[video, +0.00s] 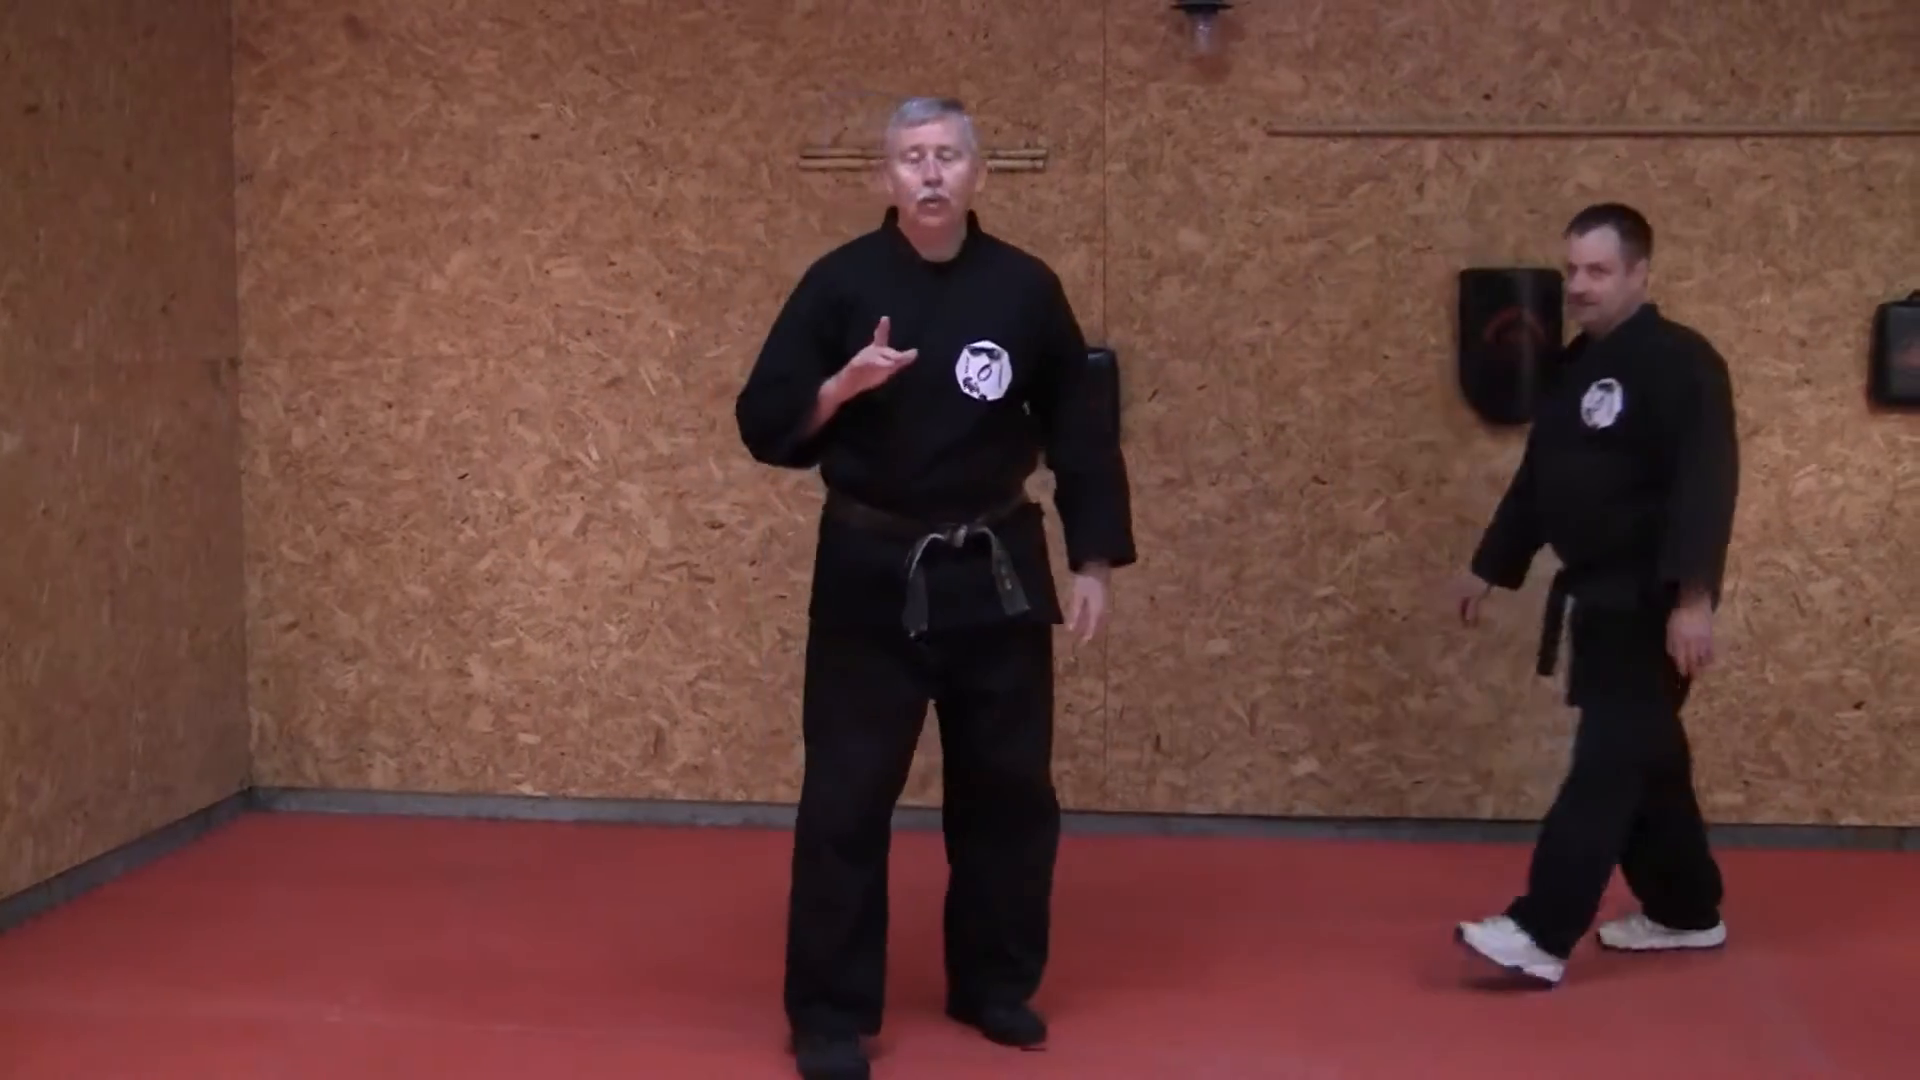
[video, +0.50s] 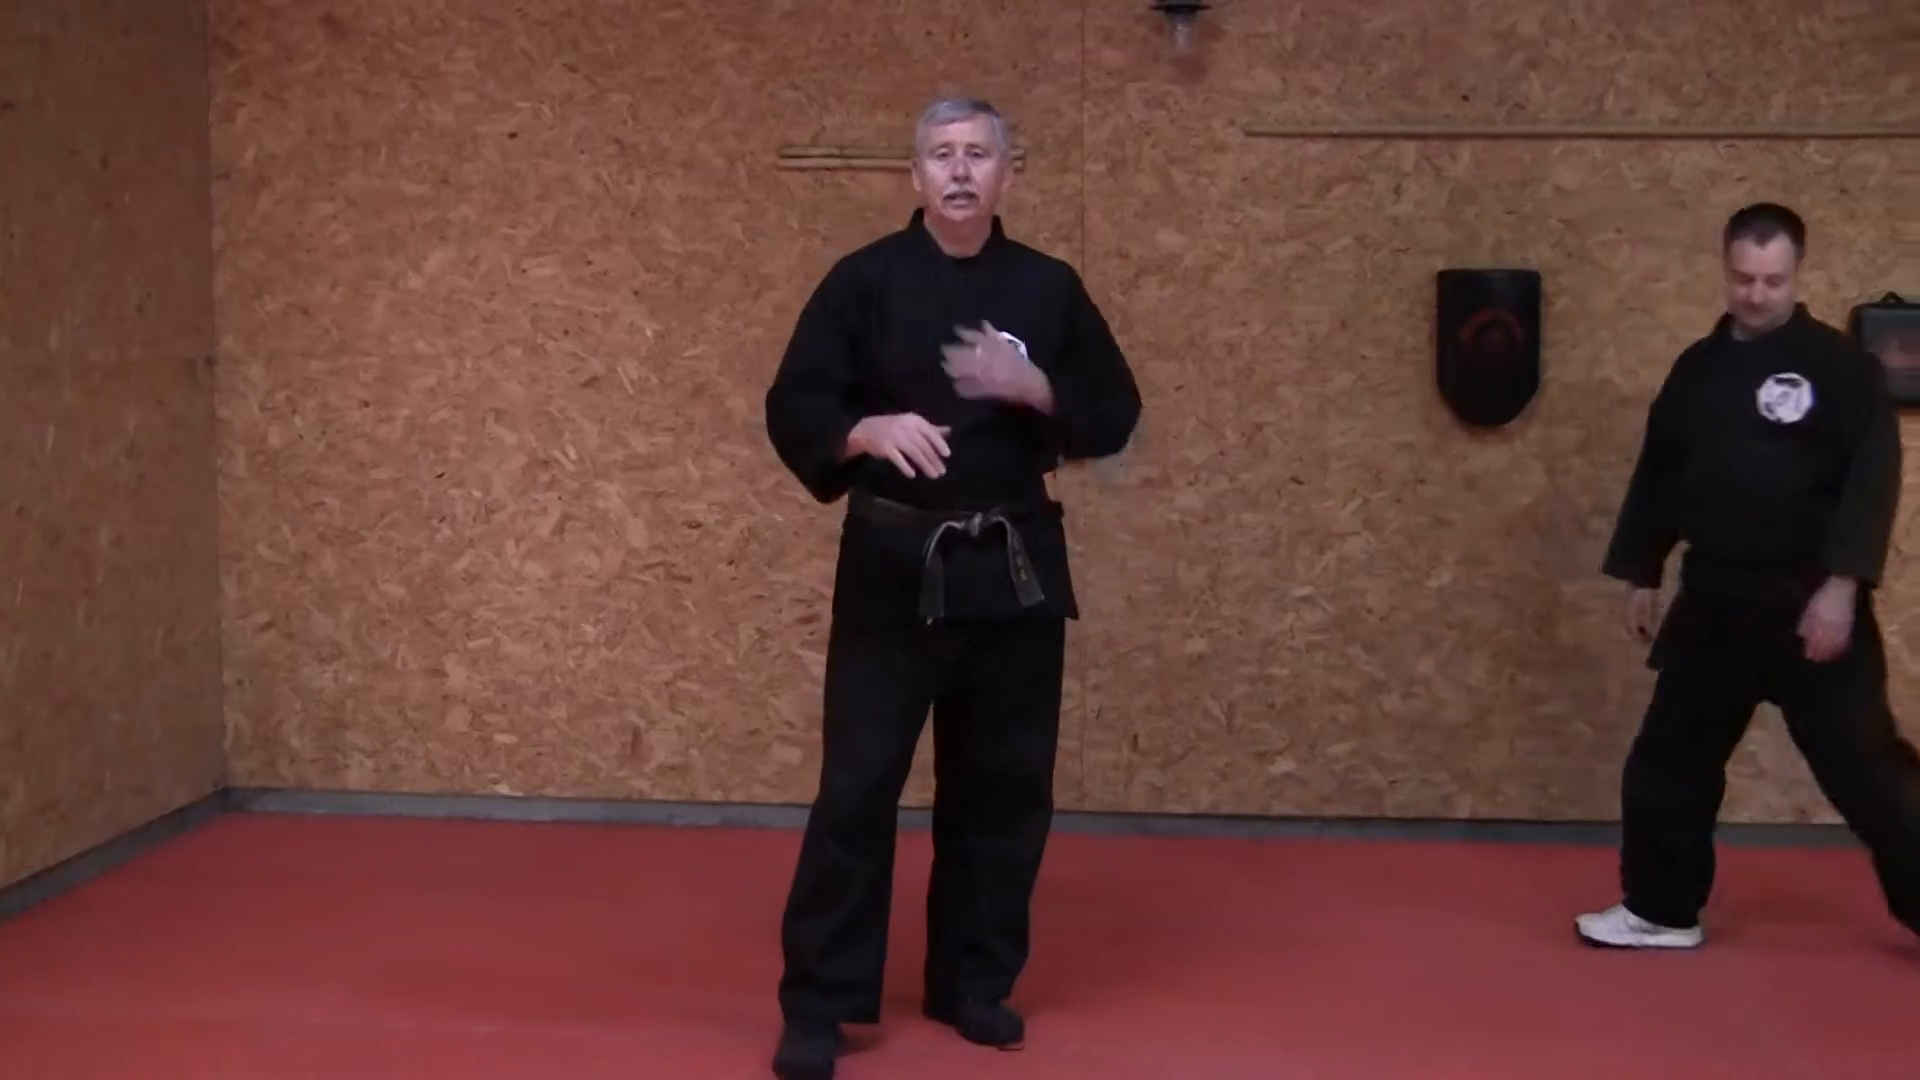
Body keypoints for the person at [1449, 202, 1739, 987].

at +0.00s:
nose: (1579, 285)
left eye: (1596, 271)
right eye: (1571, 271)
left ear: (1640, 275)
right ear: (1567, 275)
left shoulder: (1684, 363)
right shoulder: (1572, 368)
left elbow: (1707, 485)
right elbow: (1541, 476)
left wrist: (1695, 597)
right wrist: (1489, 568)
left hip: (1651, 598)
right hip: (1594, 594)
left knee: (1605, 760)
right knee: (1645, 754)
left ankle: (1543, 931)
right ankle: (1686, 910)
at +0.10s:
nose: (1607, 278)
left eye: (1624, 264)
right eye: (1599, 264)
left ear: (1666, 267)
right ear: (1593, 268)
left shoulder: (1716, 355)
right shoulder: (1601, 358)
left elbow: (1733, 475)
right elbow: (1567, 468)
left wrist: (1698, 577)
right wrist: (1524, 565)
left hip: (1697, 582)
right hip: (1628, 579)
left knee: (1645, 751)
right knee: (1638, 750)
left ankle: (1607, 929)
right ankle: (1687, 909)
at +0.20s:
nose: (1639, 276)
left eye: (1657, 262)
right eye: (1630, 261)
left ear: (1695, 266)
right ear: (1622, 265)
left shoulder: (1745, 353)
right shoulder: (1626, 353)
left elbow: (1763, 472)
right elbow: (1589, 457)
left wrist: (1712, 565)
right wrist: (1557, 560)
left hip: (1722, 583)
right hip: (1644, 578)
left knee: (1700, 750)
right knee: (1635, 745)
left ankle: (1717, 928)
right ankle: (1662, 910)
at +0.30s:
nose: (1673, 279)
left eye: (1690, 265)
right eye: (1664, 265)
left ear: (1725, 268)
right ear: (1651, 267)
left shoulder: (1777, 358)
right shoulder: (1648, 359)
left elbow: (1792, 478)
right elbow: (1612, 464)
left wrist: (1738, 567)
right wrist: (1588, 565)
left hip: (1750, 588)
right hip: (1664, 583)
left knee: (1757, 758)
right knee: (1651, 755)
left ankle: (1817, 919)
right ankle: (1674, 912)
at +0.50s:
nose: (1752, 294)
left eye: (1769, 281)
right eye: (1740, 278)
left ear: (1797, 280)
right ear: (1724, 276)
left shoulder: (1842, 369)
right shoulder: (1698, 367)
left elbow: (1873, 482)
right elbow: (1660, 472)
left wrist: (1843, 583)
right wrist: (1644, 573)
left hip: (1815, 604)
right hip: (1717, 597)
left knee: (1867, 773)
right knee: (1669, 760)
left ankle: (1917, 907)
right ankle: (1664, 911)